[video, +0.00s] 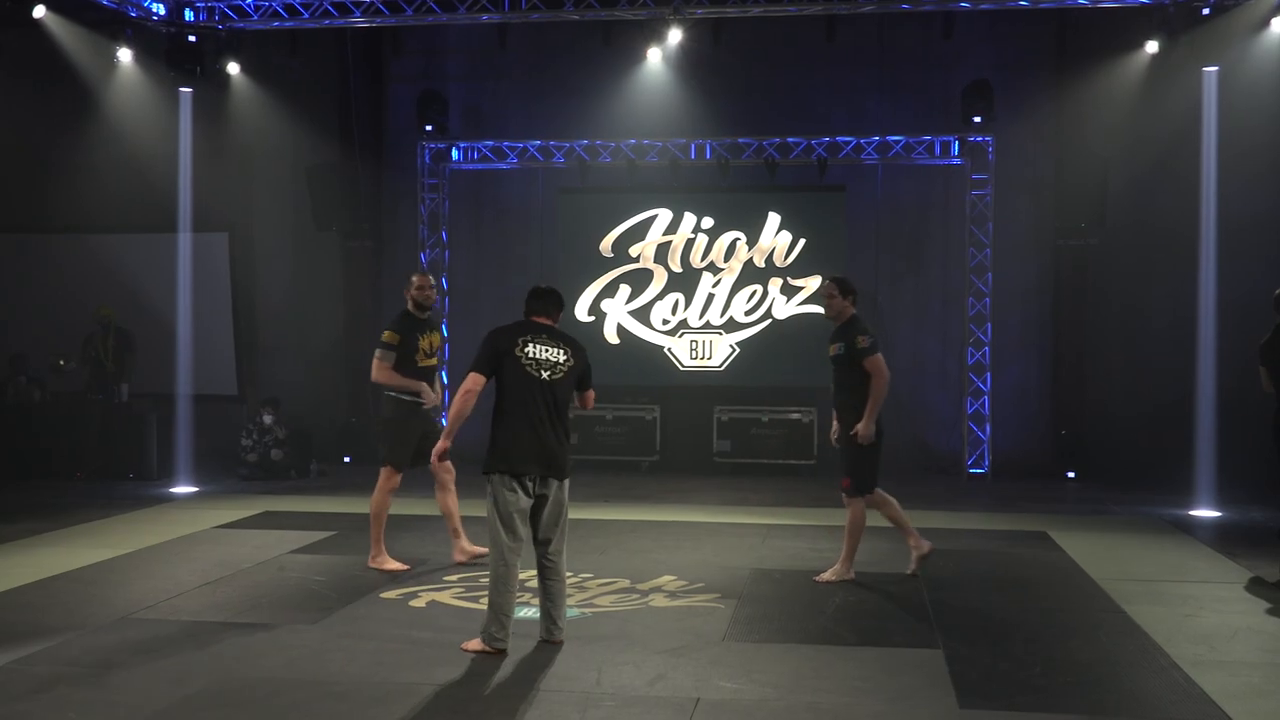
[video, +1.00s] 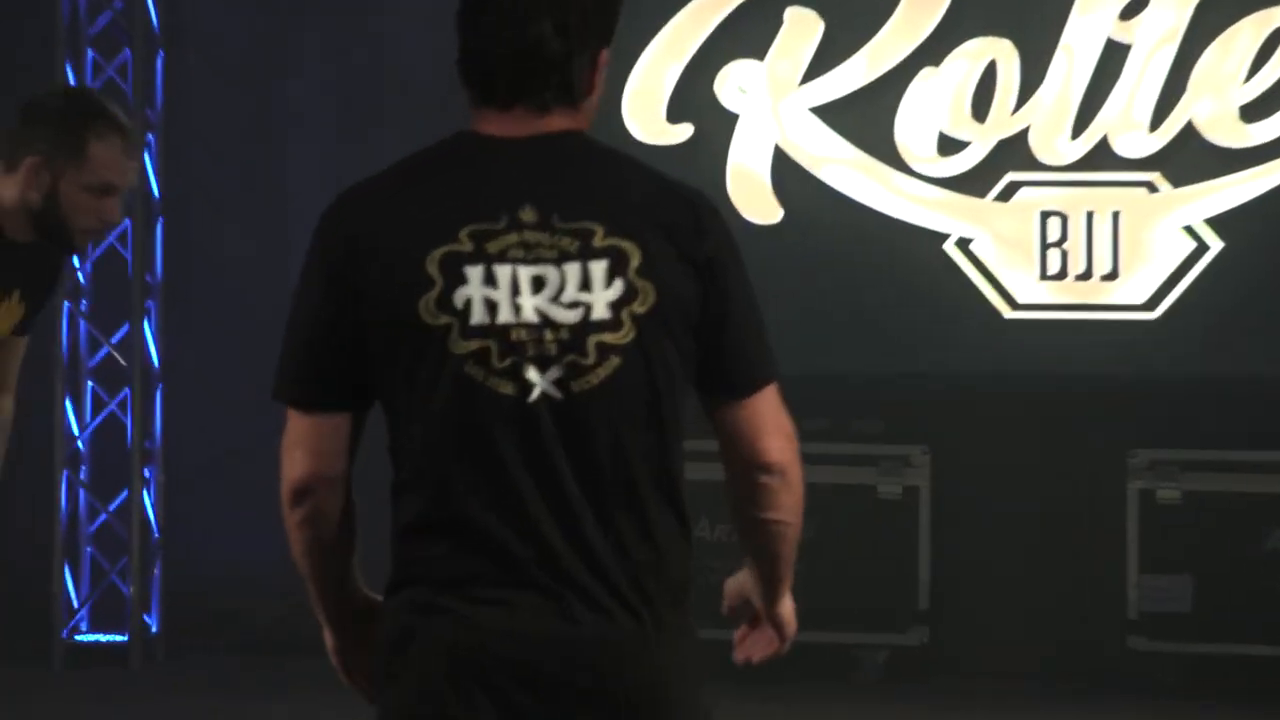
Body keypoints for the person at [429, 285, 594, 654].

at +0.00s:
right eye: (555, 316)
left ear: (525, 312)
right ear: (558, 317)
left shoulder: (502, 337)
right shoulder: (574, 349)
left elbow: (471, 388)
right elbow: (587, 401)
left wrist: (447, 436)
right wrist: (563, 393)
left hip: (510, 457)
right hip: (554, 460)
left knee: (506, 551)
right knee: (552, 549)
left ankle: (496, 637)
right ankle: (553, 631)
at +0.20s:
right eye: (582, 317)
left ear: (550, 309)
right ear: (582, 317)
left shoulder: (528, 333)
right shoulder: (596, 349)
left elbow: (506, 382)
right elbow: (608, 410)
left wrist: (488, 433)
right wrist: (602, 456)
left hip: (530, 452)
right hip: (575, 458)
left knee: (518, 542)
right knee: (568, 547)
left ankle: (508, 630)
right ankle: (567, 626)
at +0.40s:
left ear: (497, 247)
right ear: (552, 259)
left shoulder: (454, 292)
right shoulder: (582, 326)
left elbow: (427, 383)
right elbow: (579, 424)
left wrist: (410, 481)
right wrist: (562, 513)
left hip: (459, 496)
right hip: (532, 505)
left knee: (439, 643)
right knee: (515, 657)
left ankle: (440, 715)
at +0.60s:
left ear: (428, 192)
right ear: (512, 207)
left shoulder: (358, 282)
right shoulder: (558, 310)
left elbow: (295, 437)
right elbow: (571, 471)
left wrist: (268, 564)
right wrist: (538, 600)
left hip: (382, 587)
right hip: (497, 596)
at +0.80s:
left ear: (462, 130)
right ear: (581, 147)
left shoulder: (375, 266)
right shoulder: (639, 280)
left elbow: (309, 486)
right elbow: (699, 495)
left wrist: (308, 614)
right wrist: (721, 614)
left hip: (423, 629)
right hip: (587, 637)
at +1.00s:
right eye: (605, 54)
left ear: (464, 62)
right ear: (597, 68)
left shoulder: (368, 218)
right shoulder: (679, 218)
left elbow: (308, 480)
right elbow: (769, 459)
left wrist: (343, 615)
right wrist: (768, 581)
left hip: (441, 634)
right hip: (631, 635)